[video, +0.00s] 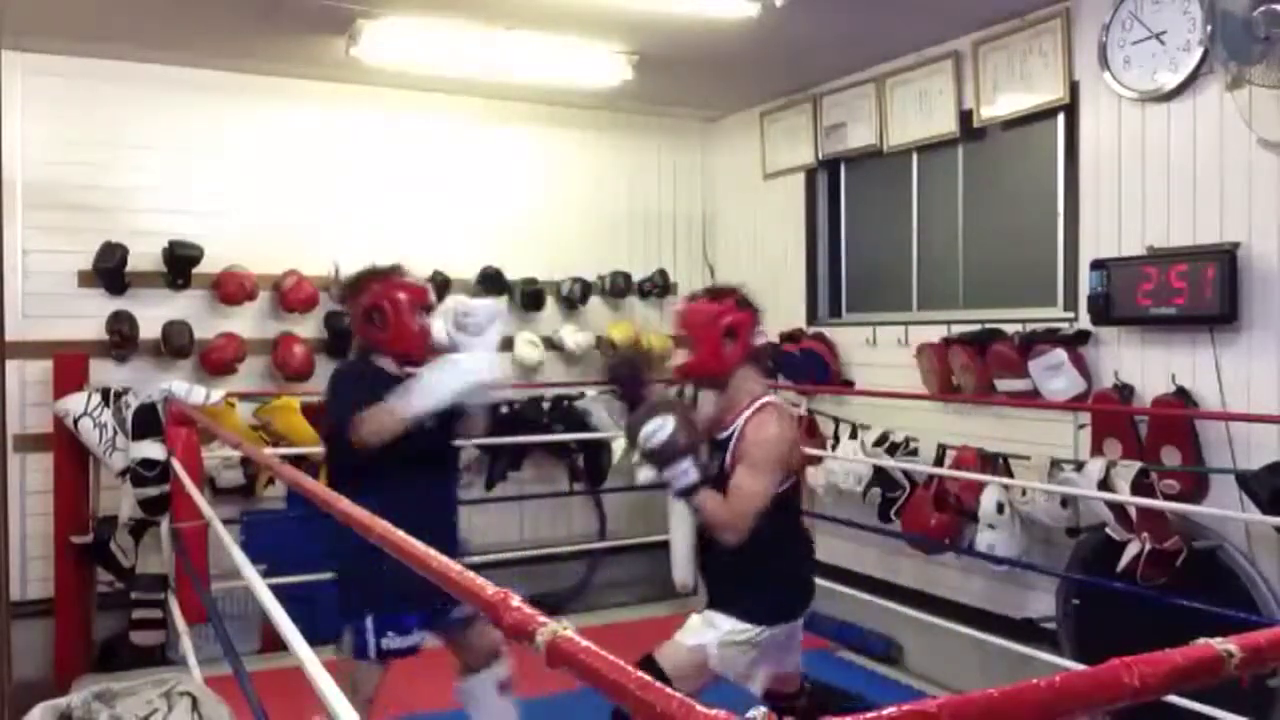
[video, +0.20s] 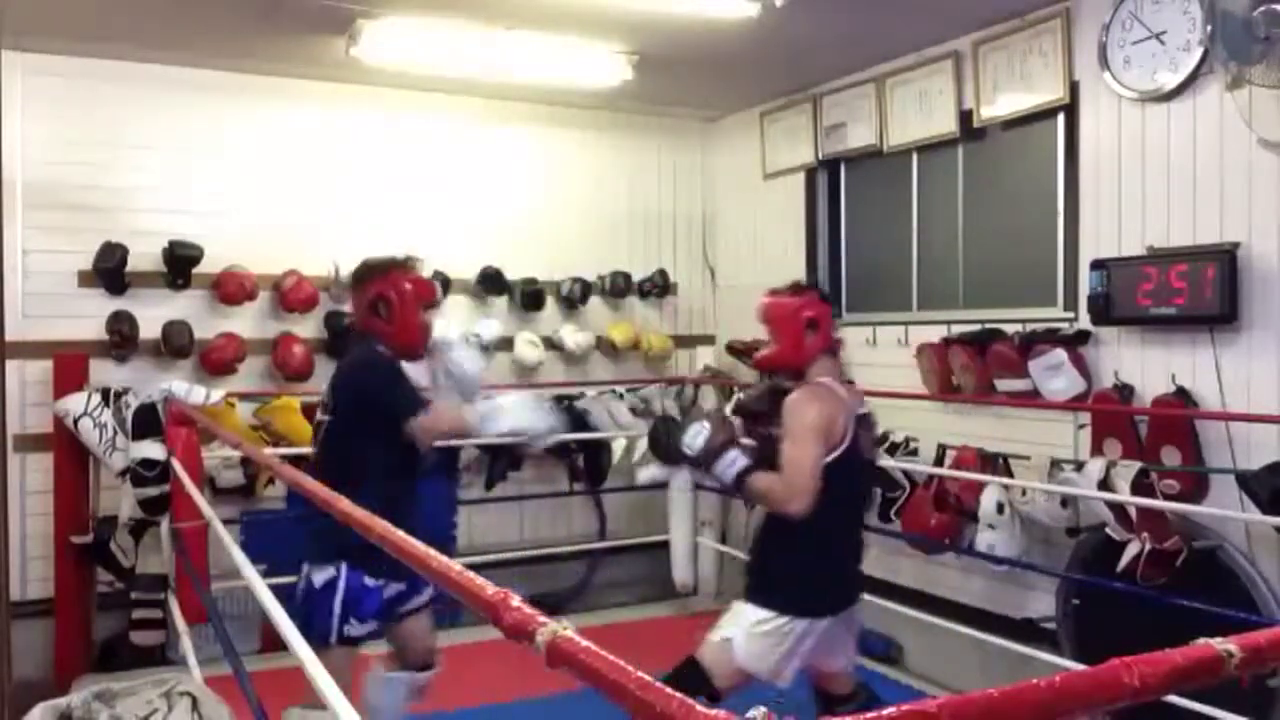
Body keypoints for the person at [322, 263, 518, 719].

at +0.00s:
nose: (424, 320)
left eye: (424, 309)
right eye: (411, 308)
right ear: (377, 319)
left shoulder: (426, 375)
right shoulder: (353, 378)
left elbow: (472, 431)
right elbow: (364, 432)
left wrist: (473, 355)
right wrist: (436, 384)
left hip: (434, 548)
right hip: (375, 556)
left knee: (483, 650)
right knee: (362, 681)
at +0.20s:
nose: (429, 321)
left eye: (428, 308)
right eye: (421, 308)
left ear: (385, 311)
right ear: (388, 309)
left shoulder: (383, 364)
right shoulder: (368, 366)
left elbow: (415, 420)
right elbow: (424, 425)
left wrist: (456, 393)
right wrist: (479, 413)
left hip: (394, 546)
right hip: (346, 550)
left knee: (418, 656)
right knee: (333, 684)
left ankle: (380, 712)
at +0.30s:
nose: (437, 347)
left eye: (436, 336)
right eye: (429, 336)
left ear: (394, 342)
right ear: (396, 341)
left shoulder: (404, 408)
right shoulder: (365, 402)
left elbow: (405, 476)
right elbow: (369, 482)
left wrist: (464, 463)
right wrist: (428, 452)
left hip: (382, 571)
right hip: (342, 572)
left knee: (369, 681)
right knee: (334, 694)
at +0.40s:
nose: (445, 353)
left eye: (444, 341)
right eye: (437, 341)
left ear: (404, 344)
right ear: (400, 343)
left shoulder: (404, 408)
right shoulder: (368, 407)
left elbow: (393, 485)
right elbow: (349, 500)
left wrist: (443, 490)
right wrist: (417, 452)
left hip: (383, 573)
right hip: (344, 578)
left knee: (371, 687)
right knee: (325, 695)